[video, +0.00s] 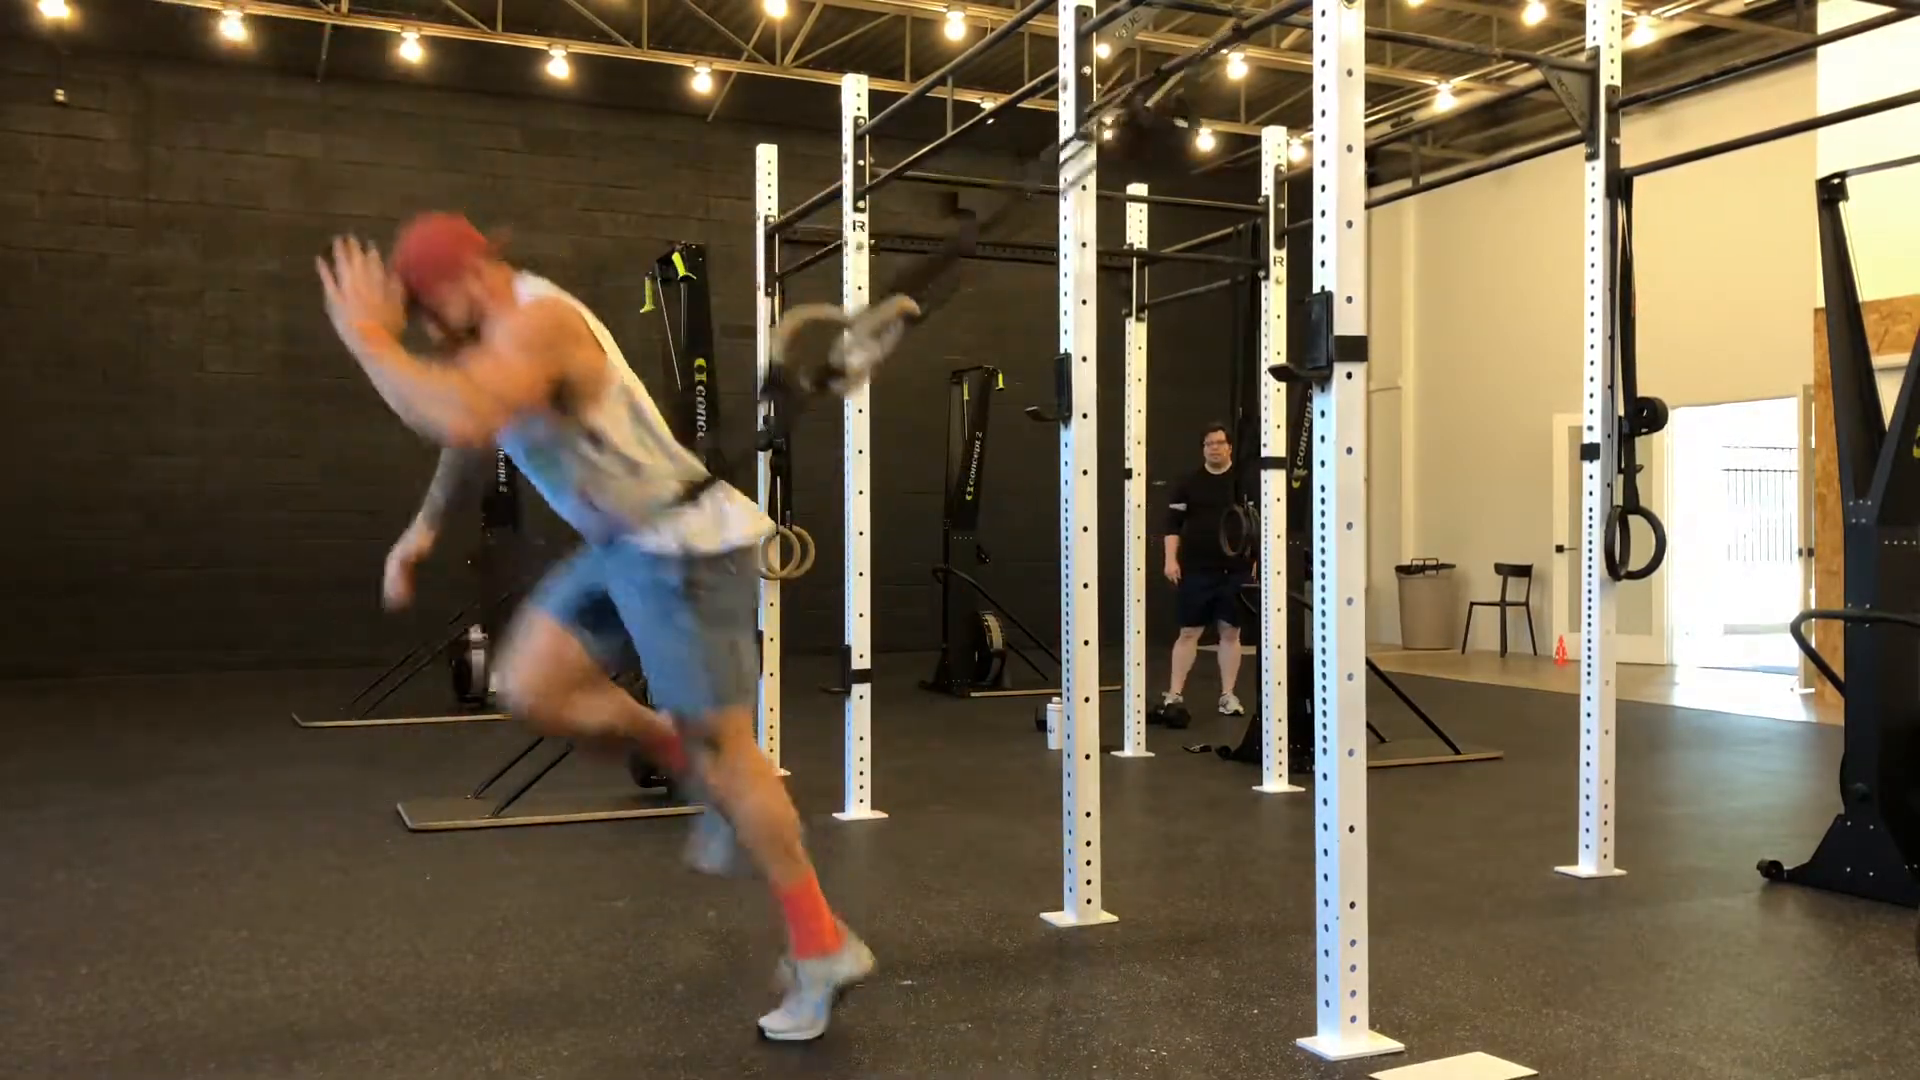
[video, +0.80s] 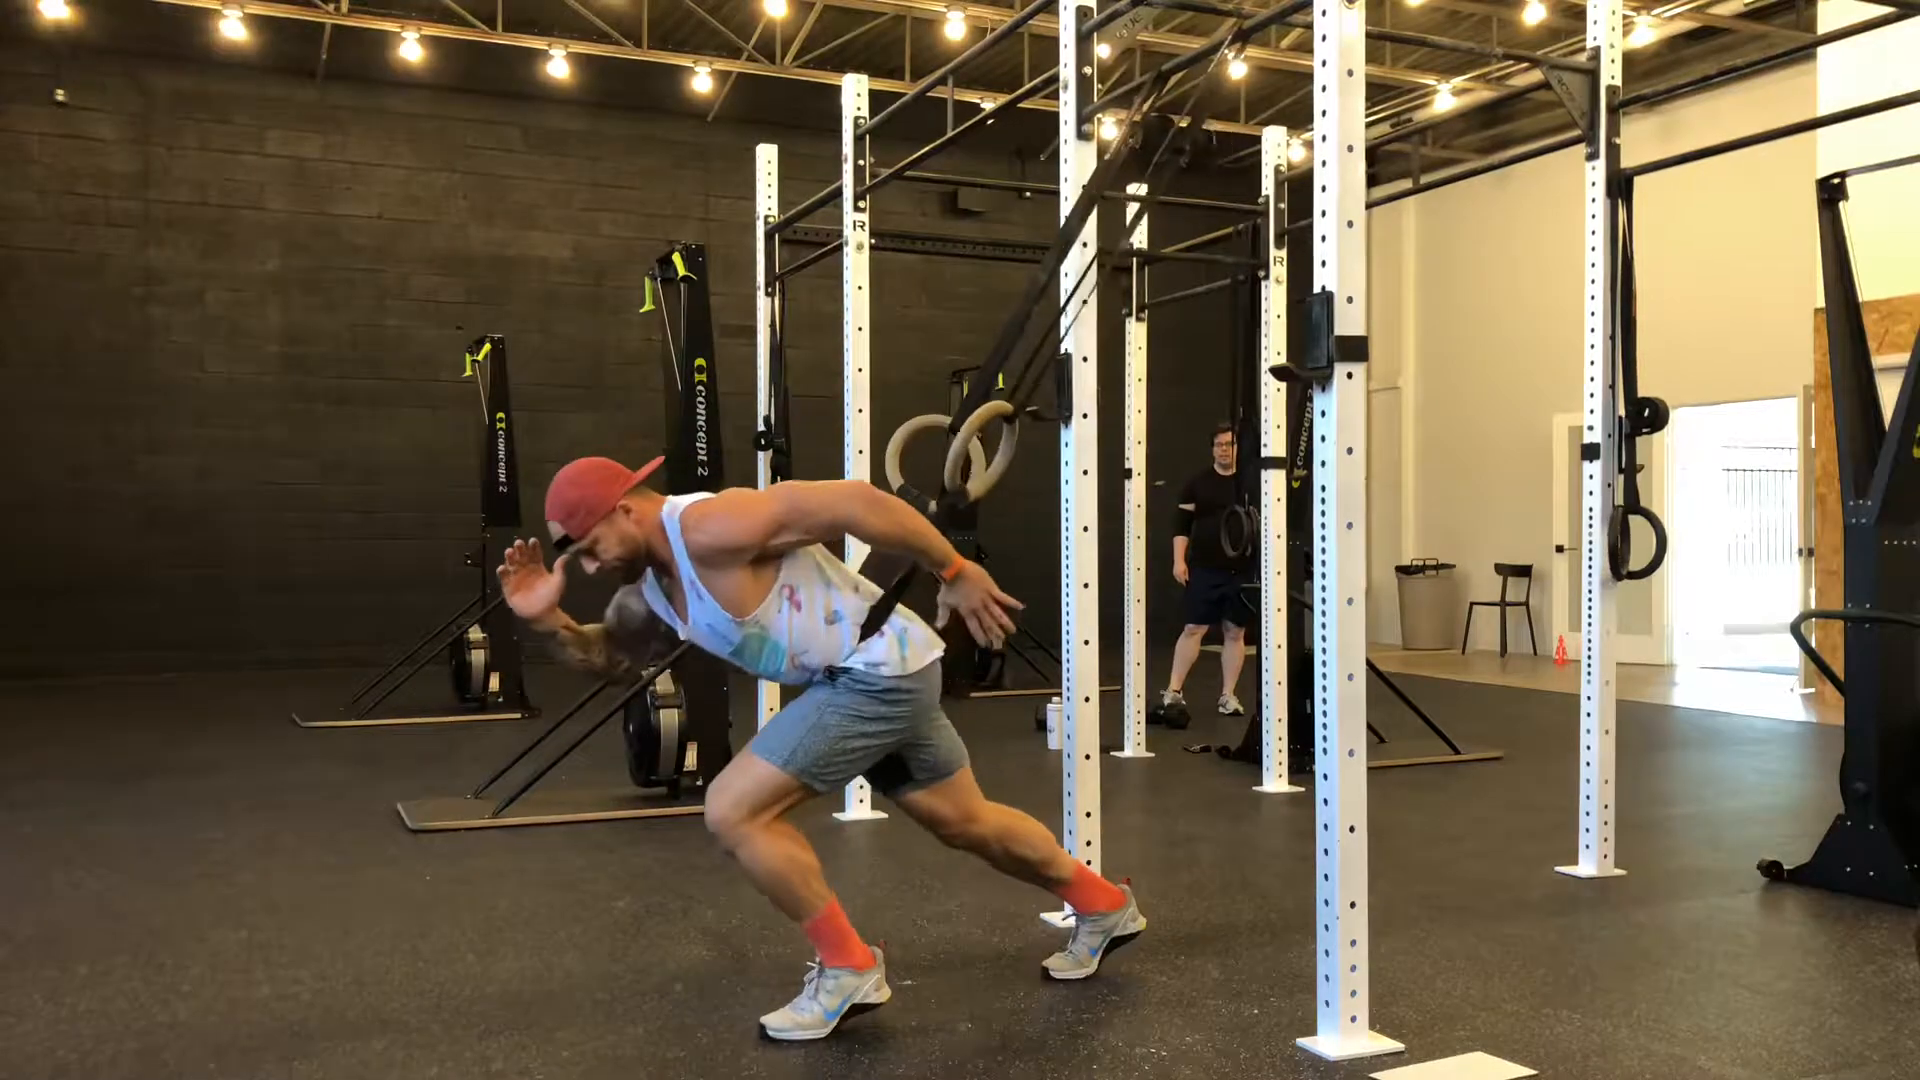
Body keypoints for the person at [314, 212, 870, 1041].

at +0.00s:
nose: (444, 320)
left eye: (446, 301)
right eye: (433, 311)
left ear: (478, 269)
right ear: (432, 306)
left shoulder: (542, 318)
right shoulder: (481, 335)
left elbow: (465, 414)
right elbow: (470, 439)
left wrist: (370, 338)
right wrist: (425, 528)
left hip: (684, 546)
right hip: (616, 547)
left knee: (727, 756)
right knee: (533, 685)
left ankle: (821, 945)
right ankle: (699, 758)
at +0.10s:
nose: (472, 425)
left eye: (476, 406)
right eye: (463, 413)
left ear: (522, 380)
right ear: (503, 393)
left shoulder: (614, 427)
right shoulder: (538, 458)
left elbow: (652, 548)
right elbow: (511, 558)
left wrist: (522, 568)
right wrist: (435, 636)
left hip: (760, 613)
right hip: (701, 625)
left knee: (707, 822)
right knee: (716, 809)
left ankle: (844, 959)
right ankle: (899, 824)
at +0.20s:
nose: (511, 495)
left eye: (511, 477)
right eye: (502, 483)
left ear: (554, 446)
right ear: (543, 456)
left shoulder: (653, 485)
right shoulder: (570, 521)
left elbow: (771, 573)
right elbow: (565, 624)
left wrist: (721, 698)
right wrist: (510, 679)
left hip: (798, 646)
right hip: (790, 650)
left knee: (692, 825)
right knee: (843, 829)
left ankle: (837, 956)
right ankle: (1021, 863)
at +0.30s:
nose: (572, 560)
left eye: (572, 543)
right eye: (563, 549)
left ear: (612, 508)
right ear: (595, 525)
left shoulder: (705, 535)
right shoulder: (642, 583)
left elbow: (843, 575)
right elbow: (634, 687)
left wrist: (915, 685)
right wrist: (561, 677)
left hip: (861, 684)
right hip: (836, 689)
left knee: (707, 812)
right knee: (944, 836)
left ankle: (837, 957)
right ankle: (1091, 898)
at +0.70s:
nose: (597, 554)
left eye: (596, 537)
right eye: (588, 544)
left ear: (634, 503)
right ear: (626, 513)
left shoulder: (719, 517)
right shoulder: (668, 581)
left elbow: (861, 498)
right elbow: (626, 650)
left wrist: (961, 573)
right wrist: (563, 615)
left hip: (890, 659)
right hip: (888, 660)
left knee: (747, 798)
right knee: (963, 822)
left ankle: (850, 967)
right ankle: (1101, 900)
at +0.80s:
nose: (589, 561)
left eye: (589, 544)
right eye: (581, 551)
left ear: (626, 511)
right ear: (609, 533)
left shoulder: (705, 526)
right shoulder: (654, 587)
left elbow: (854, 501)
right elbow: (613, 657)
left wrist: (957, 568)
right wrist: (548, 619)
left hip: (879, 668)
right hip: (873, 671)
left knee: (733, 806)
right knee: (968, 822)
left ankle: (848, 965)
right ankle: (1104, 902)